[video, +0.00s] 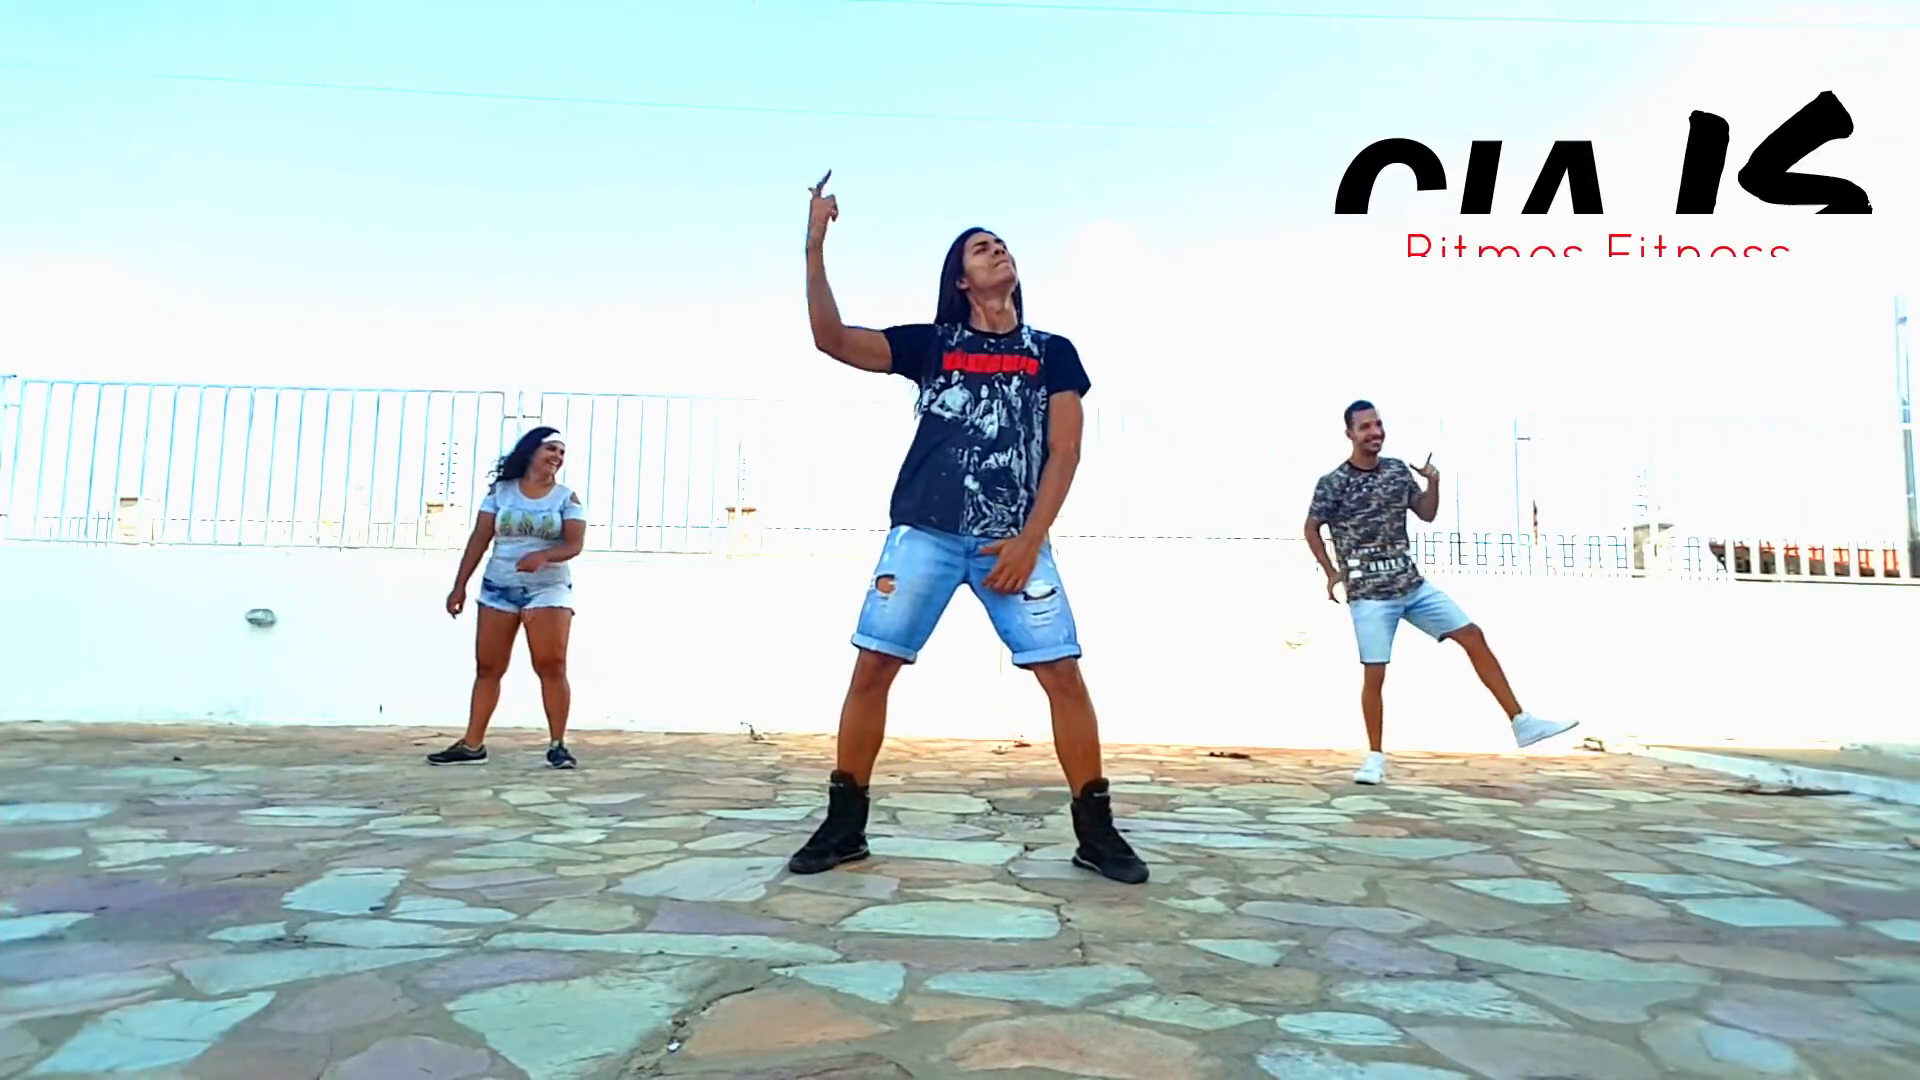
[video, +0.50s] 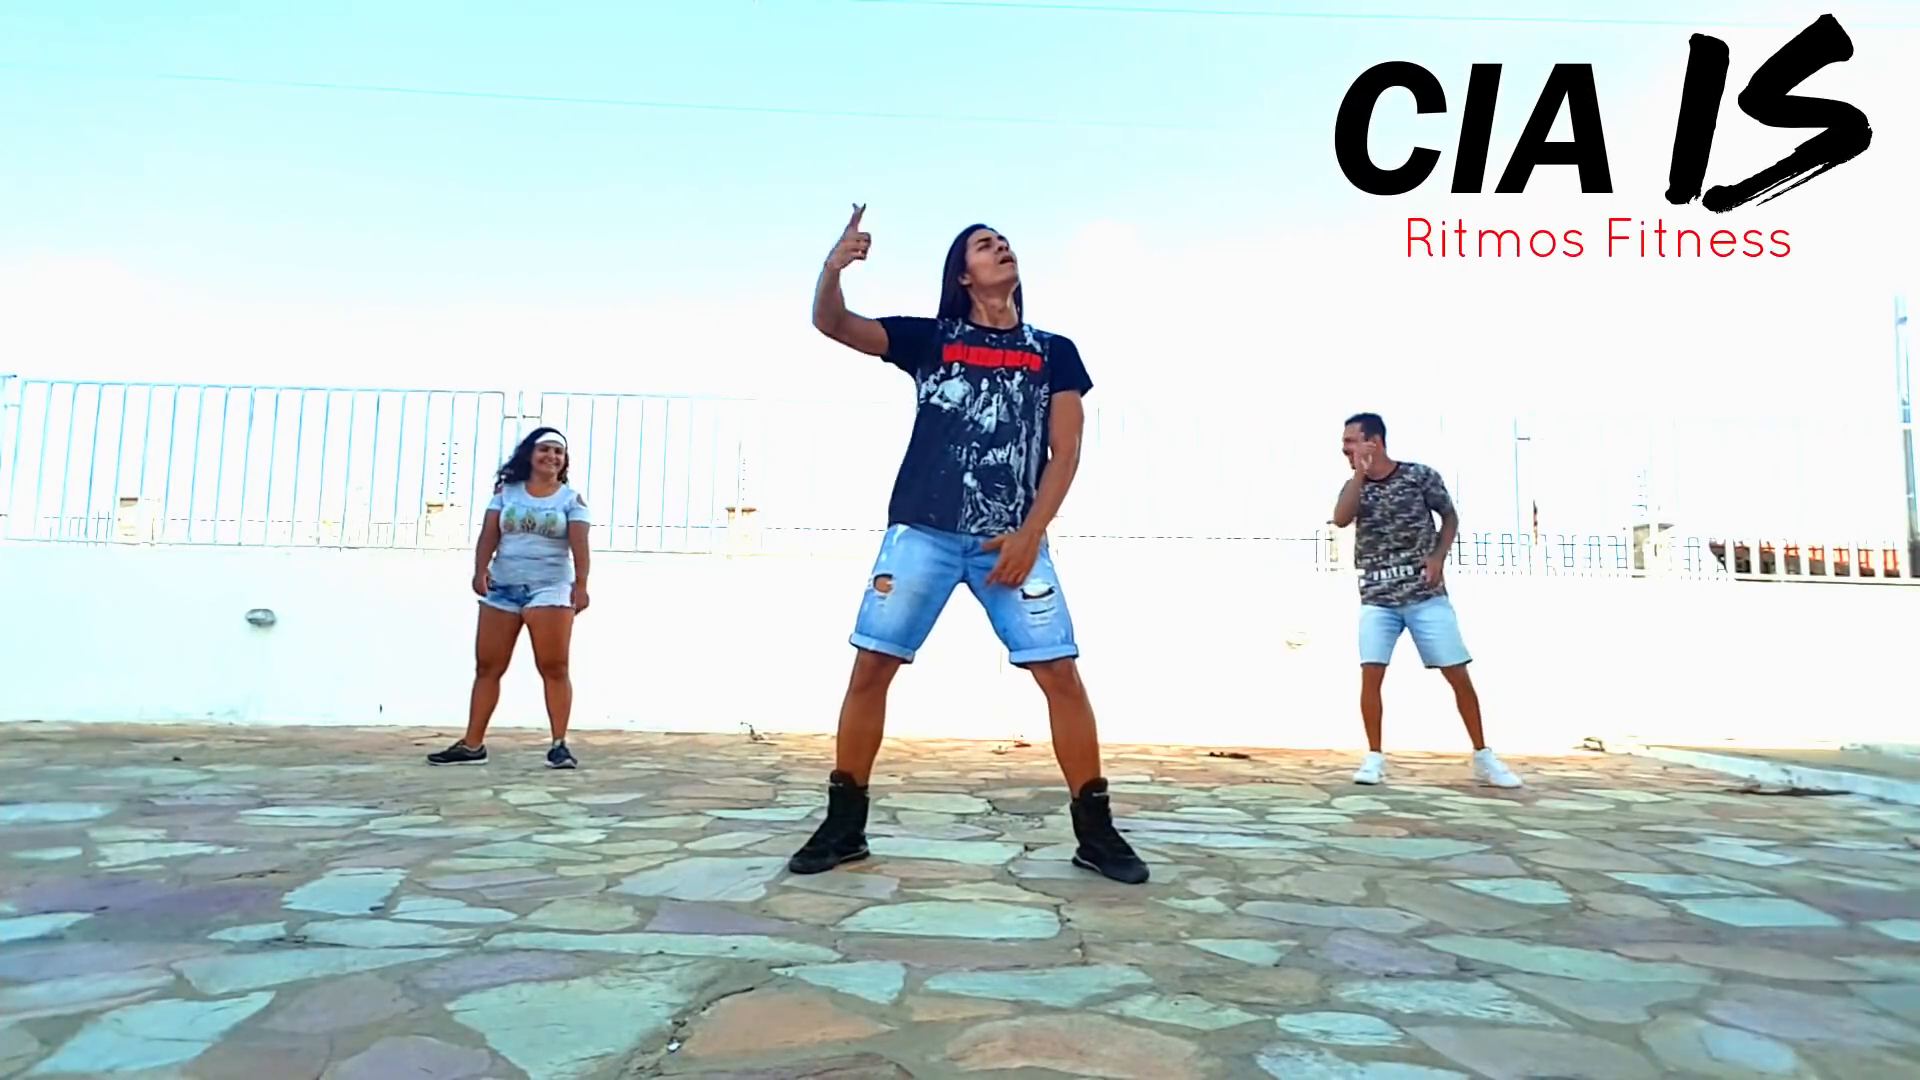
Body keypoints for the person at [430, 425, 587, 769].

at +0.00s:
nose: (556, 456)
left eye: (561, 452)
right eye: (550, 448)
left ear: (563, 460)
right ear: (530, 451)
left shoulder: (567, 498)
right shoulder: (501, 491)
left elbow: (574, 545)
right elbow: (480, 538)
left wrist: (545, 556)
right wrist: (460, 584)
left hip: (547, 591)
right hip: (499, 589)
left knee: (551, 666)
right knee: (488, 668)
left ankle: (557, 744)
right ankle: (472, 743)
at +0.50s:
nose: (550, 454)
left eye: (557, 451)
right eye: (544, 449)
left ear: (564, 460)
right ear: (528, 455)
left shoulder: (571, 500)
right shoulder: (506, 492)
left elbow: (580, 545)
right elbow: (489, 533)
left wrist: (581, 584)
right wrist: (481, 568)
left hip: (550, 589)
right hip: (501, 587)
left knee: (554, 668)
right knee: (487, 667)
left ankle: (559, 743)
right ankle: (472, 743)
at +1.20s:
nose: (558, 467)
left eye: (567, 461)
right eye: (553, 459)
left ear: (578, 467)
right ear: (542, 461)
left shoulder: (587, 503)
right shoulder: (521, 495)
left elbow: (589, 551)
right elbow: (499, 541)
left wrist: (557, 563)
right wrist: (480, 581)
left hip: (563, 592)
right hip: (517, 590)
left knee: (561, 668)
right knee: (498, 669)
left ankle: (558, 745)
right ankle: (473, 743)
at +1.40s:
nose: (561, 468)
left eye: (570, 464)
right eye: (557, 460)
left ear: (579, 471)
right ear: (546, 460)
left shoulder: (585, 503)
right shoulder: (523, 492)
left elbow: (591, 555)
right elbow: (504, 535)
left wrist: (589, 601)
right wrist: (506, 559)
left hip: (563, 588)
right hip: (520, 587)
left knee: (559, 669)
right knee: (494, 668)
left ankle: (558, 745)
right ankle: (473, 743)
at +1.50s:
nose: (556, 468)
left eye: (565, 465)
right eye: (552, 461)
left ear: (577, 471)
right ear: (543, 462)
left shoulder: (585, 506)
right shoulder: (524, 493)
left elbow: (595, 560)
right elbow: (504, 538)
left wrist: (598, 605)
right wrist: (510, 556)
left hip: (564, 587)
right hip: (522, 586)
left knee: (556, 666)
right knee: (491, 664)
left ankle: (558, 745)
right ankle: (472, 743)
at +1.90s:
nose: (541, 462)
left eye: (549, 455)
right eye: (535, 456)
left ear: (567, 460)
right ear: (529, 460)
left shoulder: (581, 503)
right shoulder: (514, 493)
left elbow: (579, 551)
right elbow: (491, 540)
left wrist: (536, 541)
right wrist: (470, 583)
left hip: (558, 591)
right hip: (509, 589)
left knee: (559, 668)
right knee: (483, 667)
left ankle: (559, 745)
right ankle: (471, 744)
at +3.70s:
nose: (525, 457)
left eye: (534, 452)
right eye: (520, 452)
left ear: (550, 459)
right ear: (513, 459)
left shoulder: (561, 494)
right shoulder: (499, 493)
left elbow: (565, 513)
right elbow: (488, 519)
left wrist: (553, 517)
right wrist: (480, 532)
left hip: (544, 585)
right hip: (496, 584)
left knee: (551, 667)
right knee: (479, 666)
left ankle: (559, 744)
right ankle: (471, 743)